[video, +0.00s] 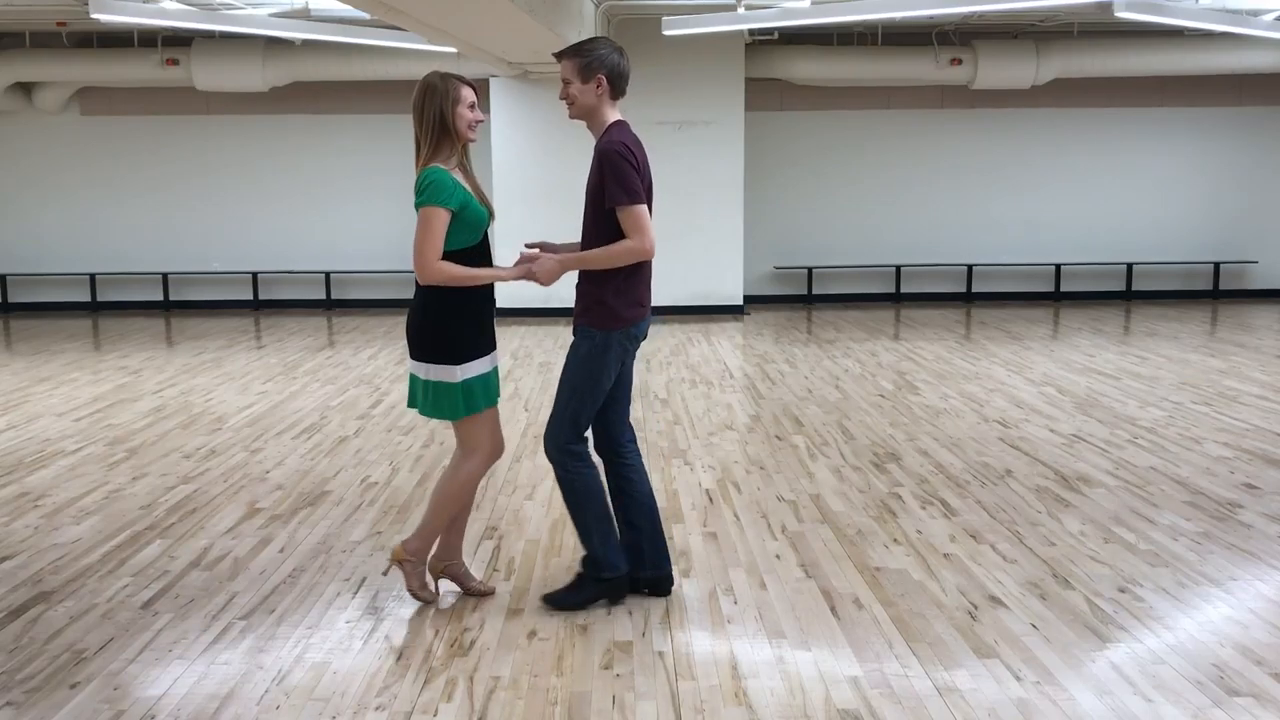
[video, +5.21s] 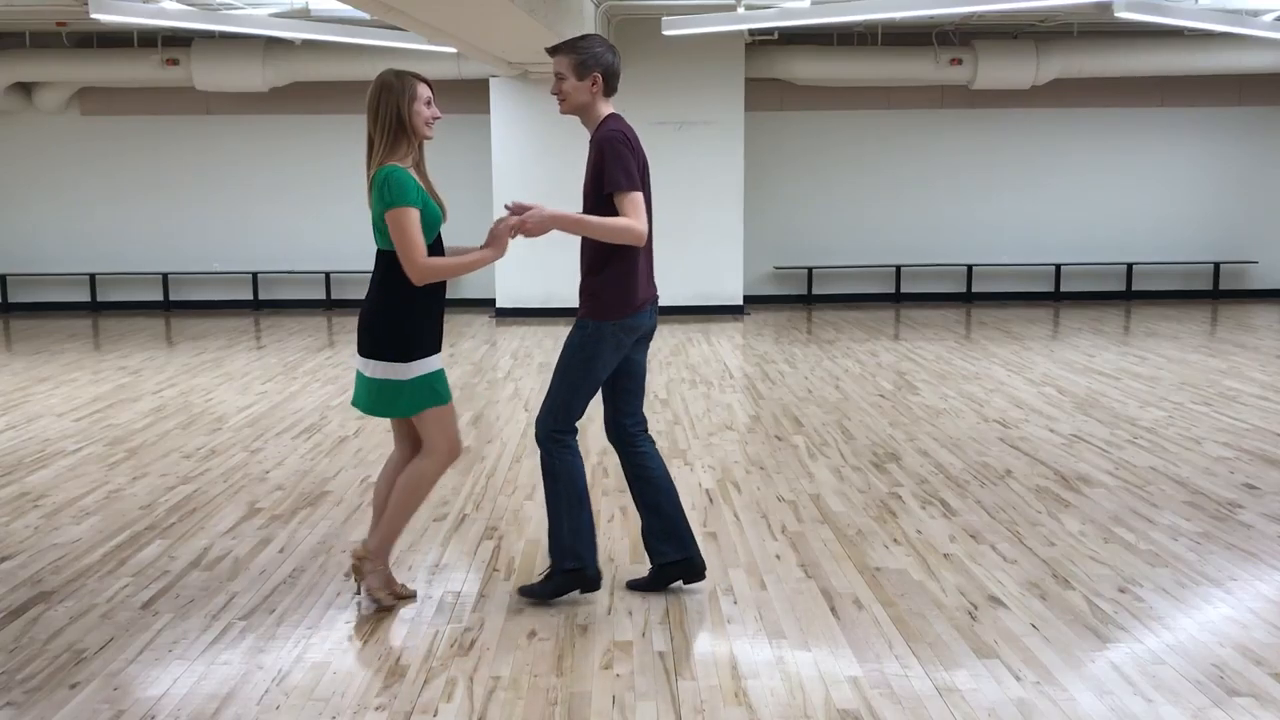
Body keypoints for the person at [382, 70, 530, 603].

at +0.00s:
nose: (478, 115)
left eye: (477, 106)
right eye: (468, 107)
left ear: (465, 114)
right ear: (443, 114)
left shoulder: (456, 174)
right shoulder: (440, 181)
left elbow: (457, 258)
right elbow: (426, 268)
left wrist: (513, 265)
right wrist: (507, 273)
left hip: (465, 326)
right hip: (450, 333)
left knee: (475, 446)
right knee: (483, 446)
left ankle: (450, 555)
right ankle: (416, 550)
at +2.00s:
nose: (480, 111)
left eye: (479, 102)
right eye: (470, 102)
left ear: (469, 111)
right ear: (442, 109)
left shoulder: (458, 172)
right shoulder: (432, 176)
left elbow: (475, 252)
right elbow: (455, 263)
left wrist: (532, 249)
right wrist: (518, 223)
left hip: (450, 328)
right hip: (442, 333)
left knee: (456, 444)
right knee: (494, 437)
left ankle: (418, 552)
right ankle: (477, 558)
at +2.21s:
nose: (463, 115)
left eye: (461, 106)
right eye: (454, 106)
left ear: (441, 113)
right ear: (426, 114)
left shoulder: (437, 175)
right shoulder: (416, 180)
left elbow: (442, 262)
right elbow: (418, 270)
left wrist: (494, 265)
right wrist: (488, 267)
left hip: (439, 331)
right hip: (430, 336)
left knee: (444, 447)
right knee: (471, 447)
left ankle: (419, 562)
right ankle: (410, 552)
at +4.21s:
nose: (477, 111)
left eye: (475, 102)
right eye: (466, 102)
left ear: (459, 111)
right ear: (440, 111)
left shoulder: (455, 173)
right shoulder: (433, 177)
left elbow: (479, 251)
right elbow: (466, 261)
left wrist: (535, 229)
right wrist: (529, 233)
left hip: (468, 327)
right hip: (449, 330)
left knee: (482, 443)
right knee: (478, 446)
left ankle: (420, 544)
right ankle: (460, 562)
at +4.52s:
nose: (450, 113)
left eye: (447, 104)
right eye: (439, 105)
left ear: (428, 113)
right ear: (412, 114)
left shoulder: (426, 176)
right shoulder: (403, 180)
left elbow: (435, 263)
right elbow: (405, 273)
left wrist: (486, 271)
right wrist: (478, 275)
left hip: (430, 332)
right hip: (421, 338)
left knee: (437, 446)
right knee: (465, 445)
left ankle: (411, 560)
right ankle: (405, 550)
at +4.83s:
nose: (432, 113)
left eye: (430, 104)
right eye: (422, 105)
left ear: (409, 114)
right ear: (396, 113)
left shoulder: (410, 177)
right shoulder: (388, 180)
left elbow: (410, 263)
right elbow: (369, 267)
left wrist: (460, 265)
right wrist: (443, 277)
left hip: (414, 334)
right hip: (386, 336)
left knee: (446, 442)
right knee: (382, 452)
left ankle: (410, 554)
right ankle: (337, 567)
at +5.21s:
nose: (436, 111)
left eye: (433, 102)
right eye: (426, 103)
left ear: (412, 111)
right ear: (400, 113)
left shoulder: (408, 175)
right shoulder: (395, 178)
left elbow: (429, 261)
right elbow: (417, 268)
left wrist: (487, 245)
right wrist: (489, 255)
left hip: (395, 335)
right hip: (404, 339)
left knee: (409, 446)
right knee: (443, 446)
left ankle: (372, 557)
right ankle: (376, 555)